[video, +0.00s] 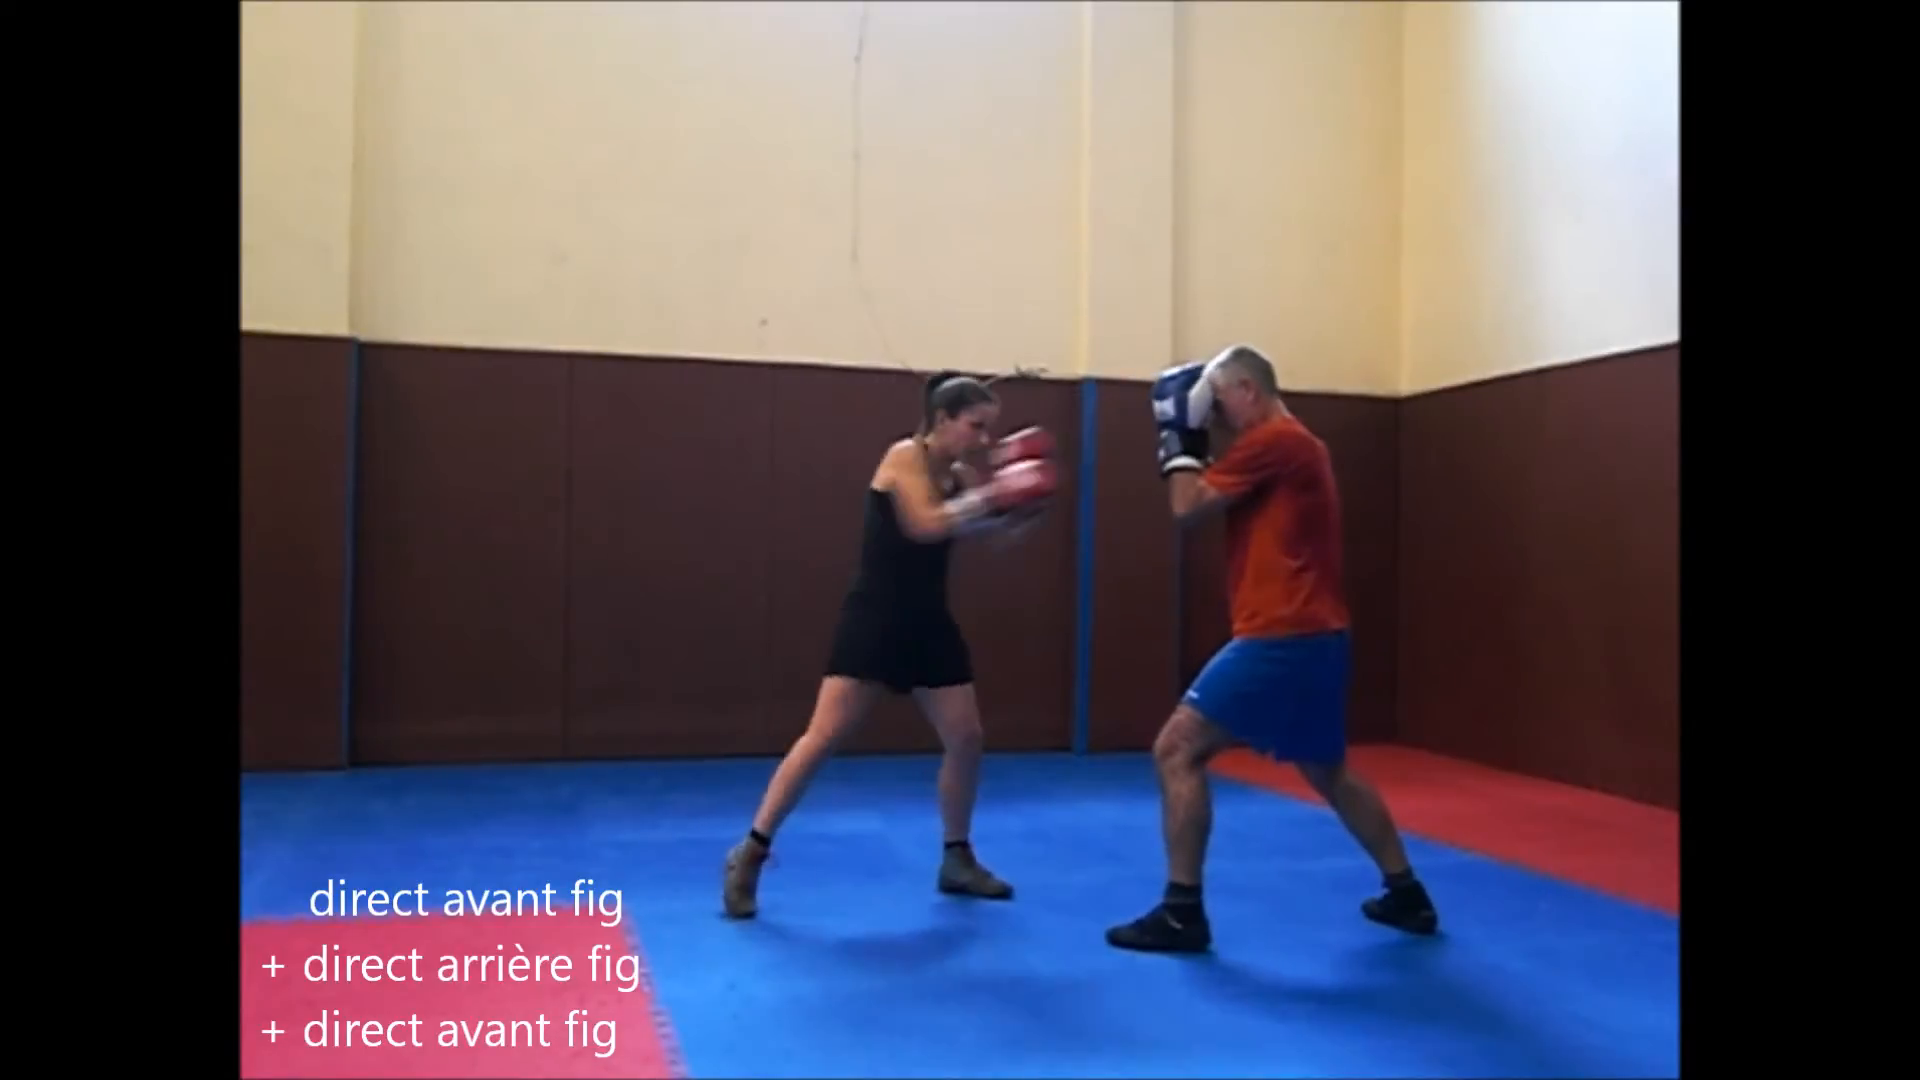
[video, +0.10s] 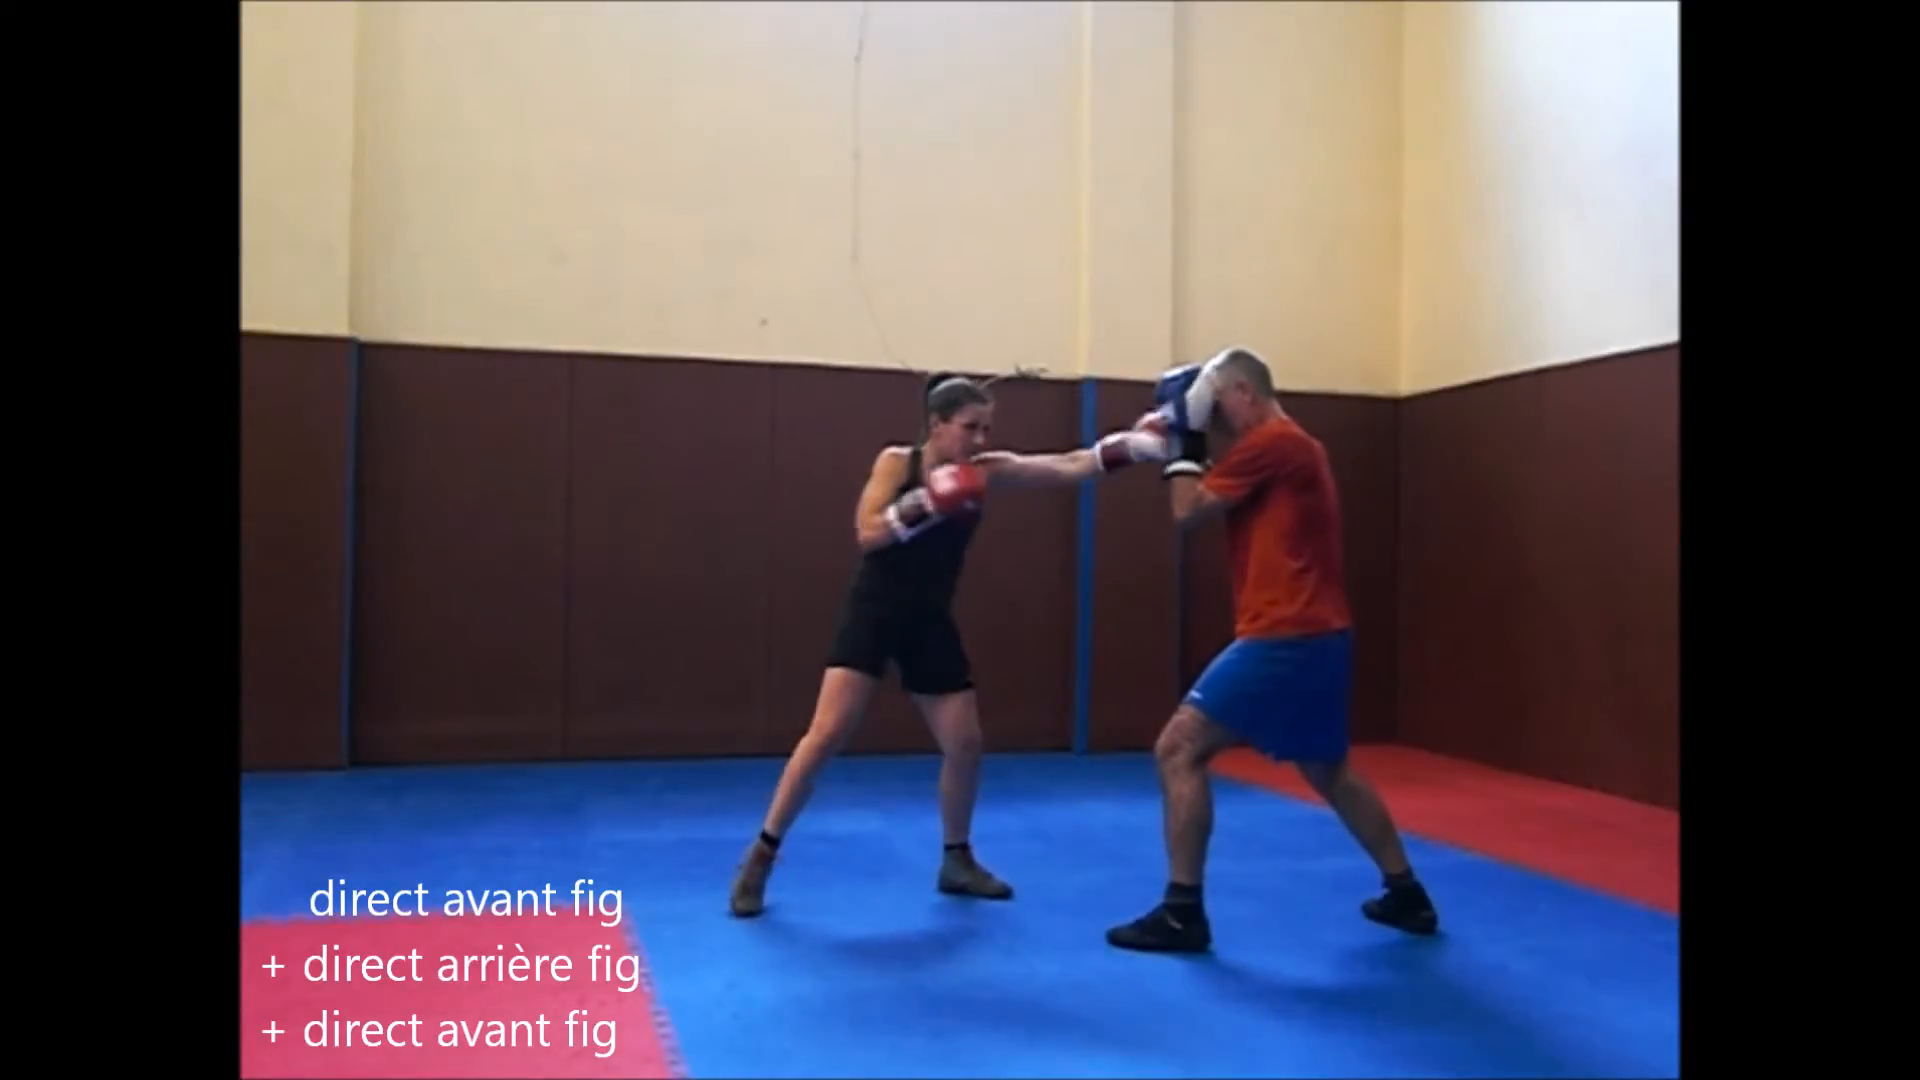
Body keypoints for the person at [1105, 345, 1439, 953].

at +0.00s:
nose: (1221, 416)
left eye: (1222, 403)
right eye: (1217, 405)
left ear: (1246, 391)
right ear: (1262, 391)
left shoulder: (1272, 442)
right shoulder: (1300, 442)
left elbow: (1188, 501)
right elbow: (1217, 491)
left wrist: (1171, 436)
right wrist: (1200, 437)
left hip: (1274, 637)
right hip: (1315, 636)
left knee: (1177, 749)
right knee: (1330, 771)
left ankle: (1182, 912)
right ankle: (1407, 893)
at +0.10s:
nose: (1220, 420)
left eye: (1220, 406)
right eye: (1216, 409)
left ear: (1242, 394)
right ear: (1257, 393)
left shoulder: (1270, 444)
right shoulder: (1296, 444)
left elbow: (1189, 507)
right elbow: (1216, 492)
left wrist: (1176, 445)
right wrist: (1188, 438)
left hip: (1277, 638)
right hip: (1318, 637)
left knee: (1178, 749)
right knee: (1330, 771)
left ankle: (1182, 912)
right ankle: (1407, 894)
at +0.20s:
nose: (1223, 422)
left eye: (1223, 407)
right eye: (1218, 410)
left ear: (1248, 394)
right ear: (1260, 394)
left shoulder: (1275, 446)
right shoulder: (1295, 446)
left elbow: (1189, 503)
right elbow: (1210, 488)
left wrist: (1169, 435)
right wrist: (1188, 434)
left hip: (1280, 640)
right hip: (1318, 640)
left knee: (1177, 750)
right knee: (1329, 772)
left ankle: (1183, 912)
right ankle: (1407, 894)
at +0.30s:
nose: (1209, 408)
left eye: (1212, 393)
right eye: (1205, 396)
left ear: (1244, 384)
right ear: (1251, 385)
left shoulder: (1272, 443)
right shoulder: (1284, 441)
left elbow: (1196, 507)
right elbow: (1209, 500)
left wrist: (1168, 442)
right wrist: (1177, 447)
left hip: (1273, 635)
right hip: (1310, 634)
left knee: (1176, 750)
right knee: (1331, 771)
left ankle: (1183, 913)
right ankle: (1405, 893)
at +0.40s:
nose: (1195, 390)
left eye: (1201, 376)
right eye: (1193, 378)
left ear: (1234, 373)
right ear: (1239, 374)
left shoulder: (1260, 431)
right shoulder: (1278, 430)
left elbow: (1216, 520)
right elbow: (1224, 513)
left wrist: (1168, 465)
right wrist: (1180, 472)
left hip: (1262, 624)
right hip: (1303, 622)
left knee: (1182, 749)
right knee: (1324, 762)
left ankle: (1183, 913)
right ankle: (1395, 890)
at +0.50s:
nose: (1191, 387)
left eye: (1195, 373)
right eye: (1188, 375)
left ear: (1229, 368)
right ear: (1236, 371)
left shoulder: (1250, 426)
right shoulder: (1278, 424)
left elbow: (1205, 514)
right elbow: (1220, 512)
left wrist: (1163, 461)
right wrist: (1175, 476)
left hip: (1257, 619)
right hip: (1301, 615)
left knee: (1186, 750)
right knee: (1308, 754)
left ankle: (1184, 913)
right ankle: (1366, 889)